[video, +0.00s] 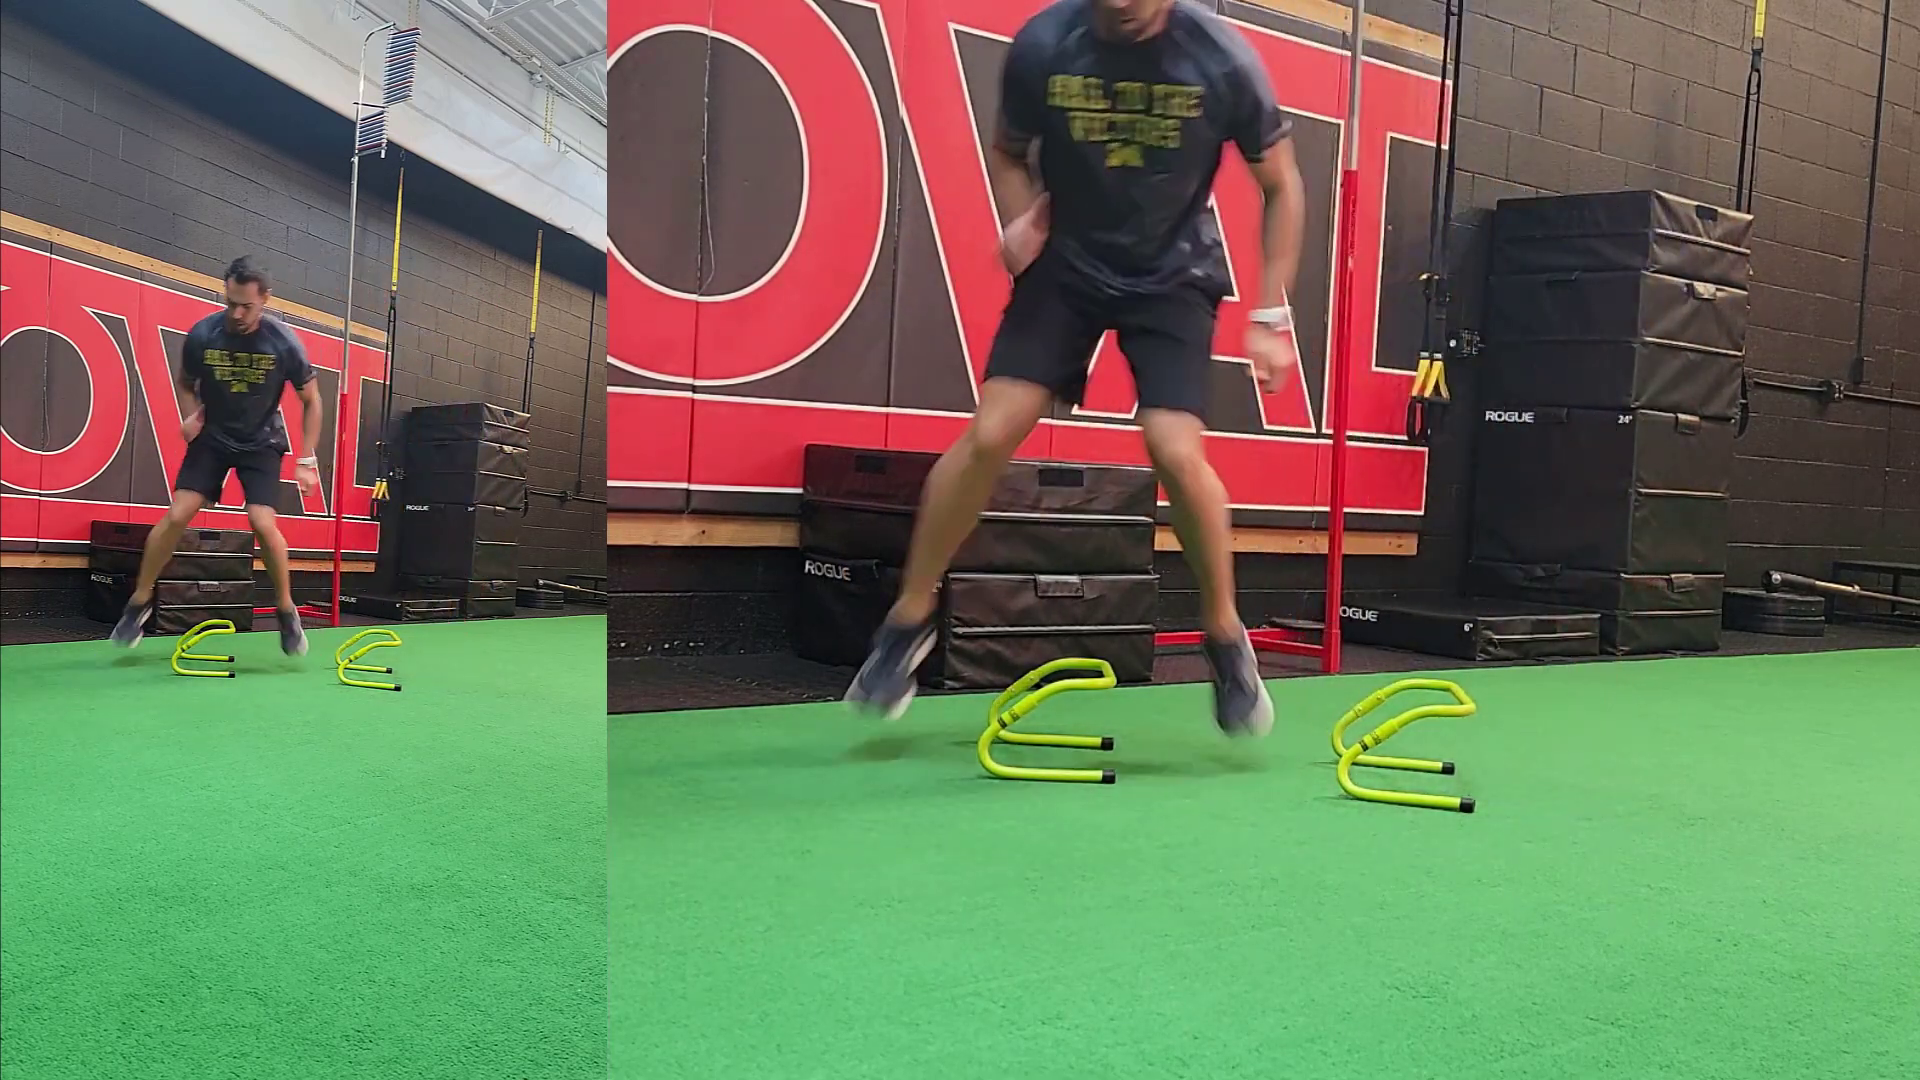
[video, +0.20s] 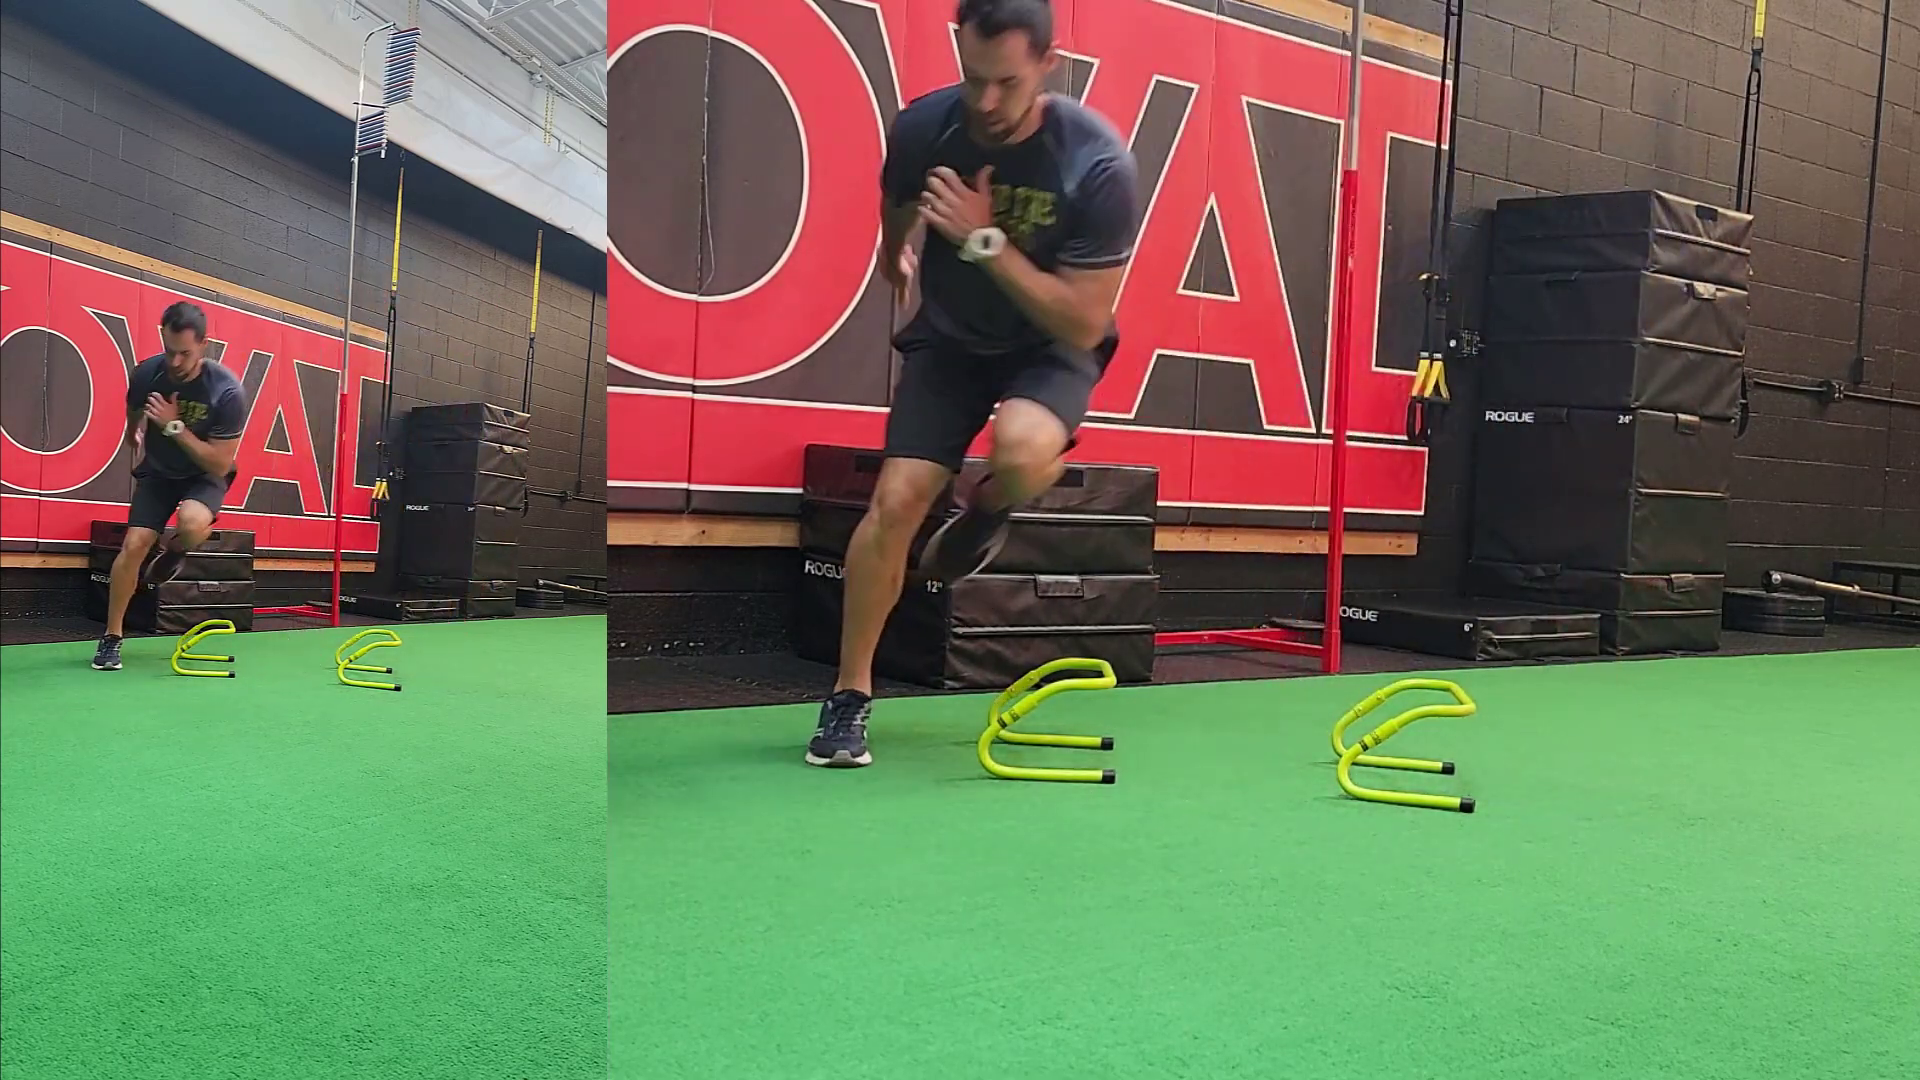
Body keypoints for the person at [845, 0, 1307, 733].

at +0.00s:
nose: (1127, 11)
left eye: (1143, 3)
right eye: (1114, 2)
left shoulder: (1224, 62)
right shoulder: (1043, 46)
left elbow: (1283, 185)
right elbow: (1008, 150)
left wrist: (1273, 314)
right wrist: (1020, 216)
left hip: (1172, 281)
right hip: (1066, 270)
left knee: (1175, 450)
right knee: (988, 437)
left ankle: (1225, 632)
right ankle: (911, 614)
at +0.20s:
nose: (985, 101)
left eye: (1005, 83)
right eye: (972, 79)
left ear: (1047, 67)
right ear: (958, 57)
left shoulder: (1099, 166)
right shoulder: (919, 131)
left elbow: (1085, 324)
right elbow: (902, 203)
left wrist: (983, 237)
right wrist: (893, 255)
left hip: (1053, 348)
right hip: (950, 337)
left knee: (1024, 456)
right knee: (897, 500)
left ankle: (980, 516)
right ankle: (850, 693)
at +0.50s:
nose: (925, 130)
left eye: (944, 111)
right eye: (910, 109)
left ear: (983, 84)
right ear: (890, 86)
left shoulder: (1044, 177)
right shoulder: (871, 153)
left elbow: (1050, 337)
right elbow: (859, 244)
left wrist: (937, 296)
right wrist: (850, 331)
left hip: (1016, 364)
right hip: (914, 345)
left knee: (959, 494)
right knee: (869, 495)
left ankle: (911, 561)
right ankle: (844, 695)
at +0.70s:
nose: (988, 99)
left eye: (1004, 77)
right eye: (969, 80)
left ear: (1030, 60)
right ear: (944, 69)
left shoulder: (1085, 152)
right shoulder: (908, 162)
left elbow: (1183, 253)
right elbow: (883, 293)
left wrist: (1225, 353)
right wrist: (890, 373)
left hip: (1059, 350)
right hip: (952, 357)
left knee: (1031, 474)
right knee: (898, 509)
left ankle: (1103, 539)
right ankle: (852, 695)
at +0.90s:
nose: (1153, 9)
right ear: (1109, 0)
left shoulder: (1232, 65)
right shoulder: (1053, 61)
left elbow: (1279, 184)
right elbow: (1014, 179)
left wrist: (1272, 303)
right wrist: (1016, 271)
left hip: (1181, 293)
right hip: (1072, 287)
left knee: (1186, 493)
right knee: (1006, 451)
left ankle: (1210, 674)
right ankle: (927, 624)